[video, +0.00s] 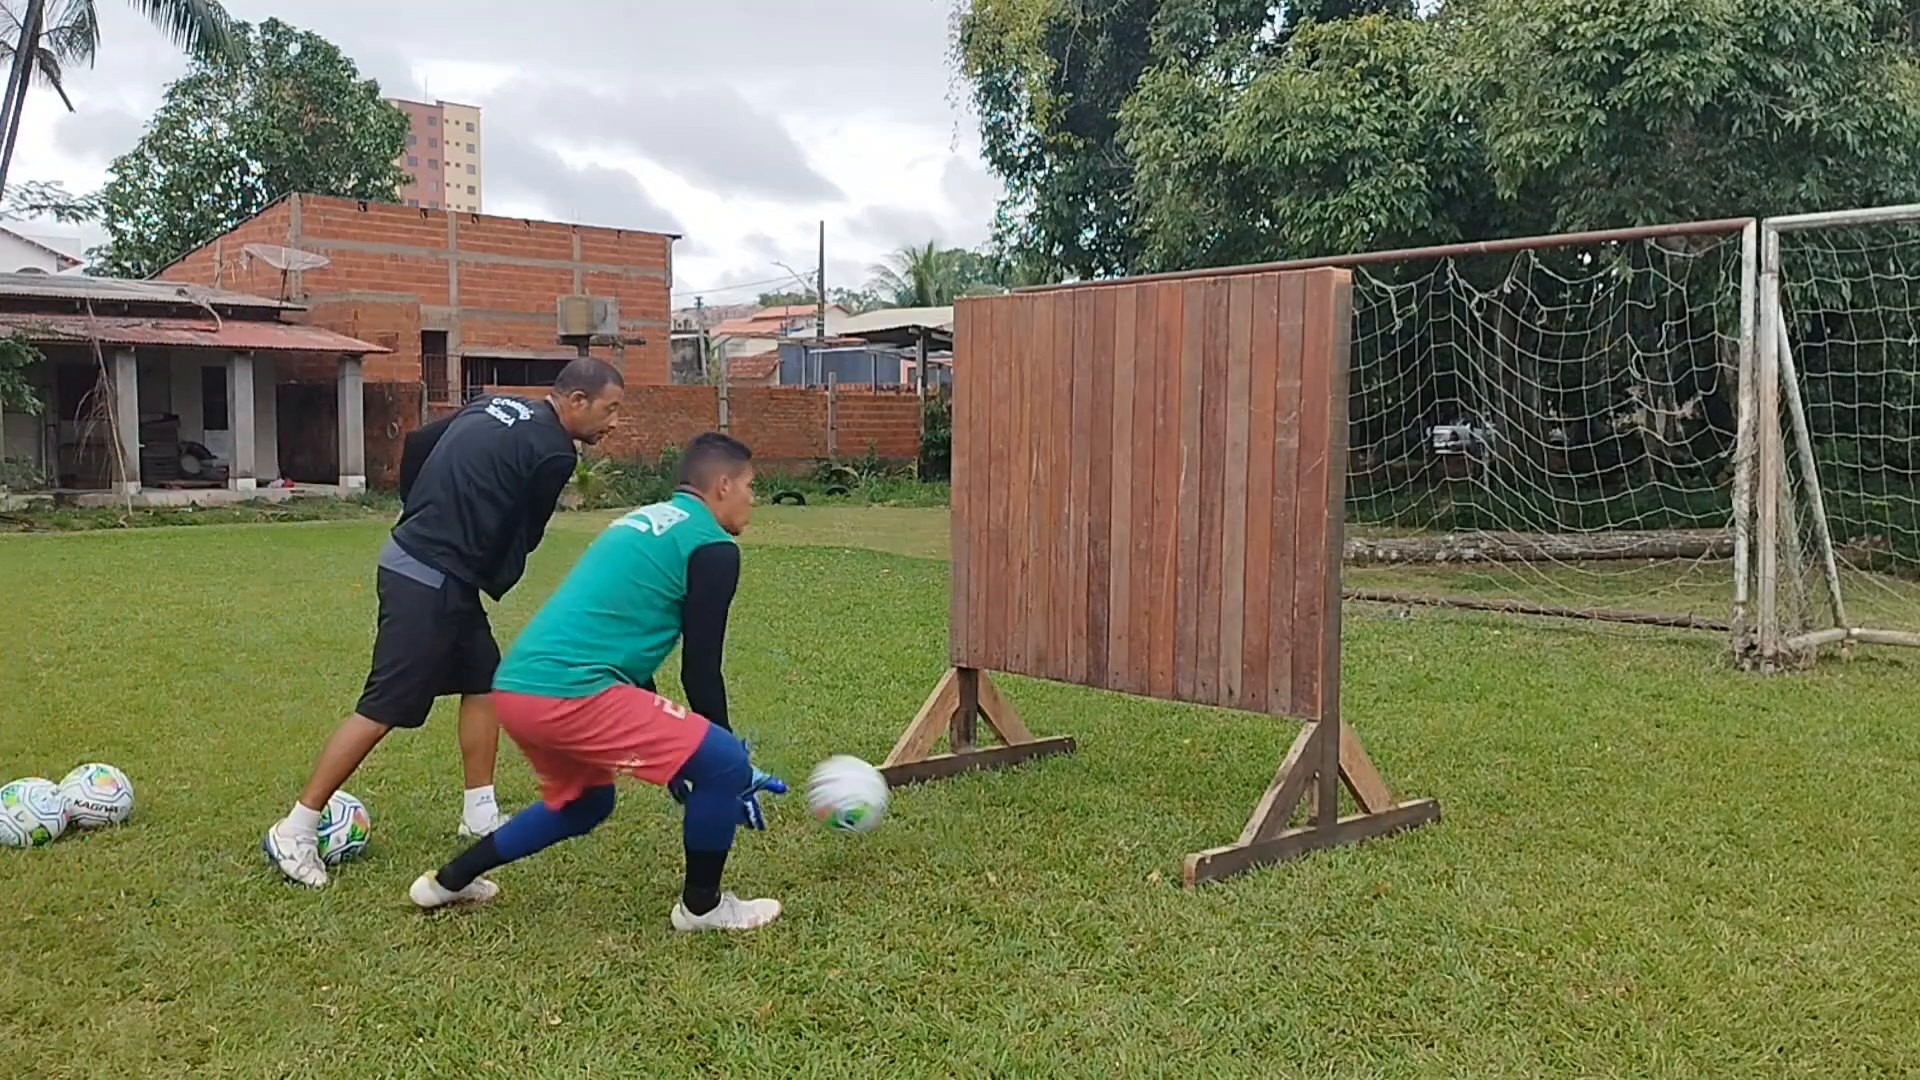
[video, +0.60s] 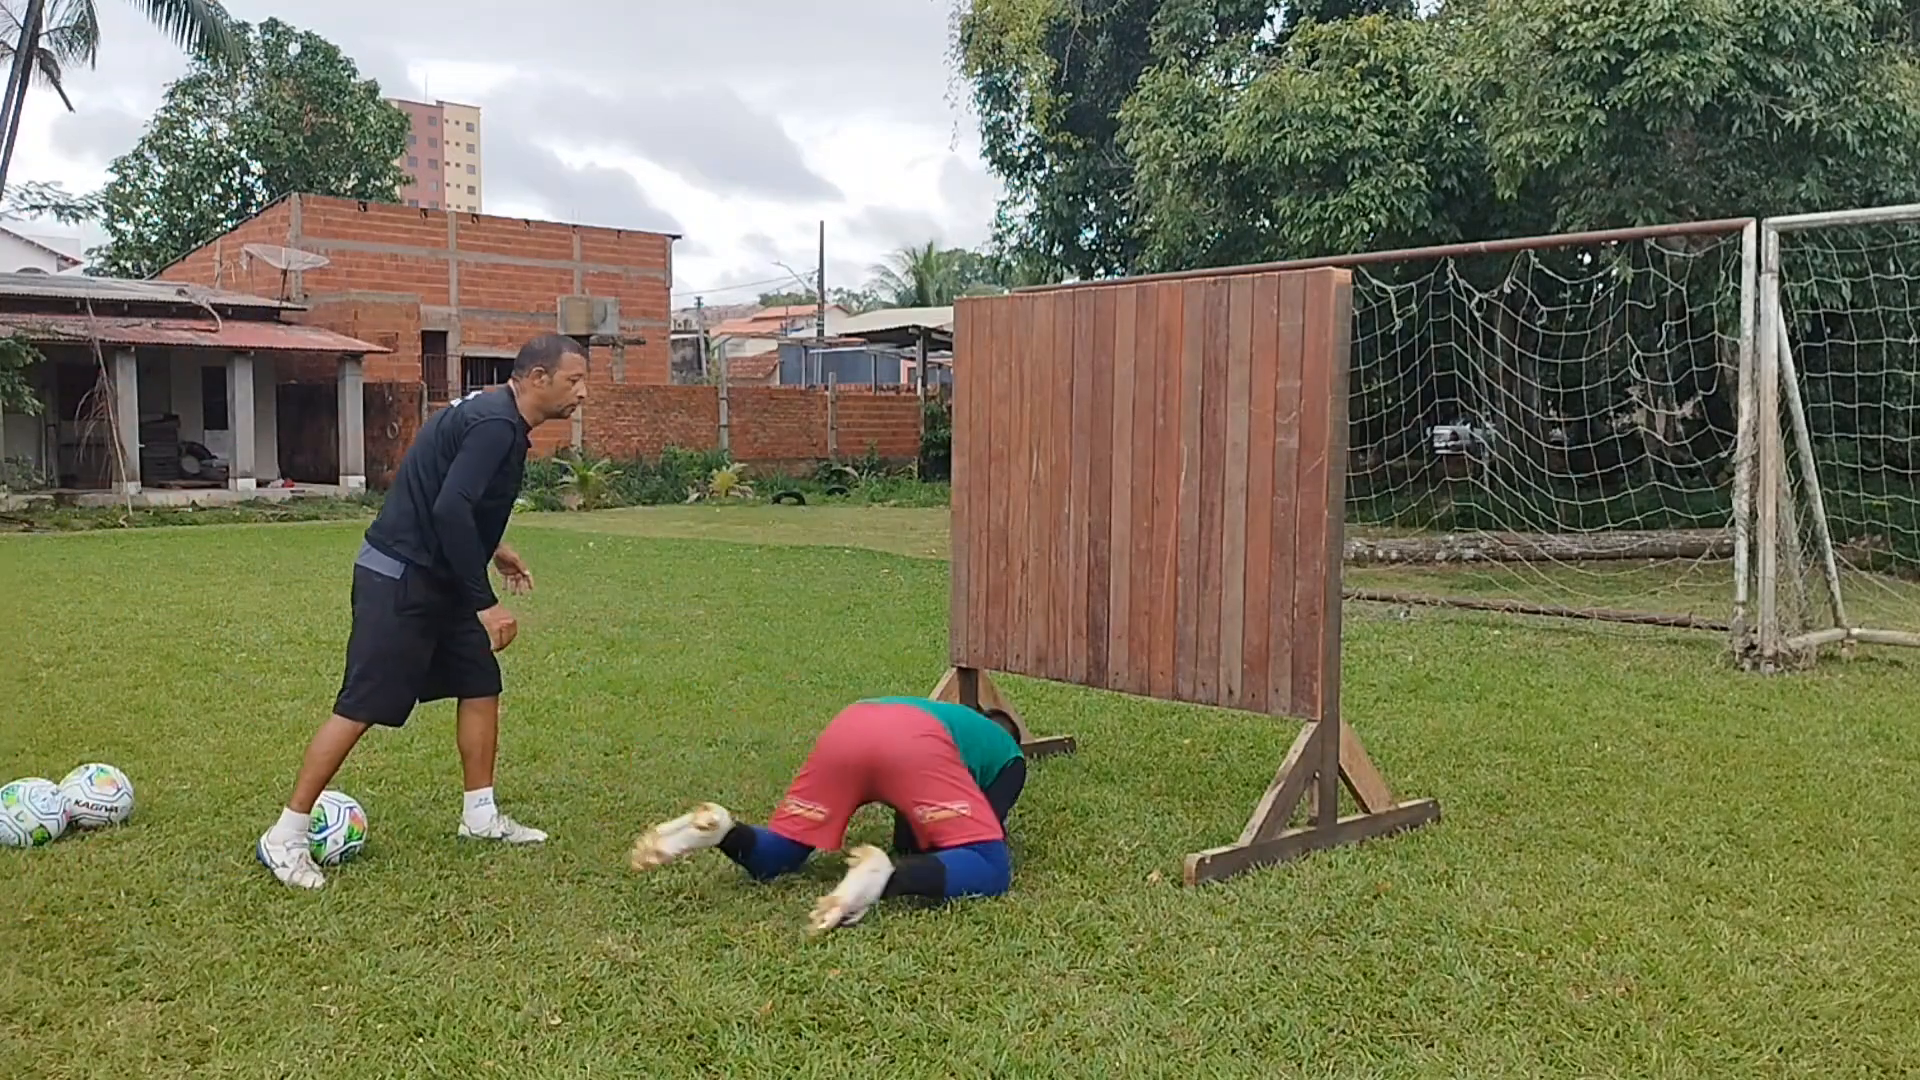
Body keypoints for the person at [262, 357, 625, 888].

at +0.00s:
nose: (611, 421)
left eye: (615, 411)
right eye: (608, 409)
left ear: (564, 396)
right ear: (575, 400)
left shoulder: (495, 406)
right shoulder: (556, 451)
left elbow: (418, 441)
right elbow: (524, 535)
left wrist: (419, 512)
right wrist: (485, 574)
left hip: (431, 573)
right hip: (428, 579)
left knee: (482, 682)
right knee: (385, 706)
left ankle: (480, 817)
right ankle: (294, 831)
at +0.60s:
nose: (582, 393)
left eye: (583, 382)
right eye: (574, 381)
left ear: (535, 380)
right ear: (535, 378)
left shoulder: (502, 422)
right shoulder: (494, 426)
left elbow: (456, 496)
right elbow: (451, 510)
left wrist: (492, 546)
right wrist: (485, 602)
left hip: (441, 577)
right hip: (396, 573)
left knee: (480, 682)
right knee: (363, 701)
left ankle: (480, 817)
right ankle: (286, 834)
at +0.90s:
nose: (498, 366)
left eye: (497, 355)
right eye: (489, 355)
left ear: (454, 360)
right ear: (450, 358)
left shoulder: (441, 419)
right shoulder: (402, 419)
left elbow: (414, 507)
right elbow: (372, 518)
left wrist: (450, 558)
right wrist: (421, 598)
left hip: (410, 589)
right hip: (356, 589)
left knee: (463, 693)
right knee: (321, 719)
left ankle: (478, 818)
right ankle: (249, 852)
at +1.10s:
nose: (426, 345)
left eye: (424, 334)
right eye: (416, 334)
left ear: (380, 342)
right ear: (377, 341)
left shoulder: (372, 407)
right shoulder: (328, 406)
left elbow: (352, 501)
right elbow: (310, 511)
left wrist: (399, 536)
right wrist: (394, 569)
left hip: (363, 589)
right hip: (307, 591)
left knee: (419, 691)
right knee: (271, 721)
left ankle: (453, 815)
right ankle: (241, 856)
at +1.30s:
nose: (378, 329)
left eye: (374, 317)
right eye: (367, 318)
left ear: (333, 328)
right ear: (329, 327)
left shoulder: (334, 398)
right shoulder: (287, 401)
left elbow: (353, 490)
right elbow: (298, 504)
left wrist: (422, 490)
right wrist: (402, 509)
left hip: (348, 586)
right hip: (294, 590)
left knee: (395, 694)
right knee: (274, 720)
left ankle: (398, 825)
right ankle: (241, 856)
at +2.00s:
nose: (342, 327)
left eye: (339, 315)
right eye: (331, 316)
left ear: (295, 326)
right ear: (291, 325)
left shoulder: (301, 392)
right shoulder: (255, 397)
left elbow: (316, 481)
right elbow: (278, 499)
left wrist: (376, 481)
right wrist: (374, 496)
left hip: (328, 580)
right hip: (277, 586)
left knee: (367, 699)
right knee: (264, 722)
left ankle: (396, 825)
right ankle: (240, 855)